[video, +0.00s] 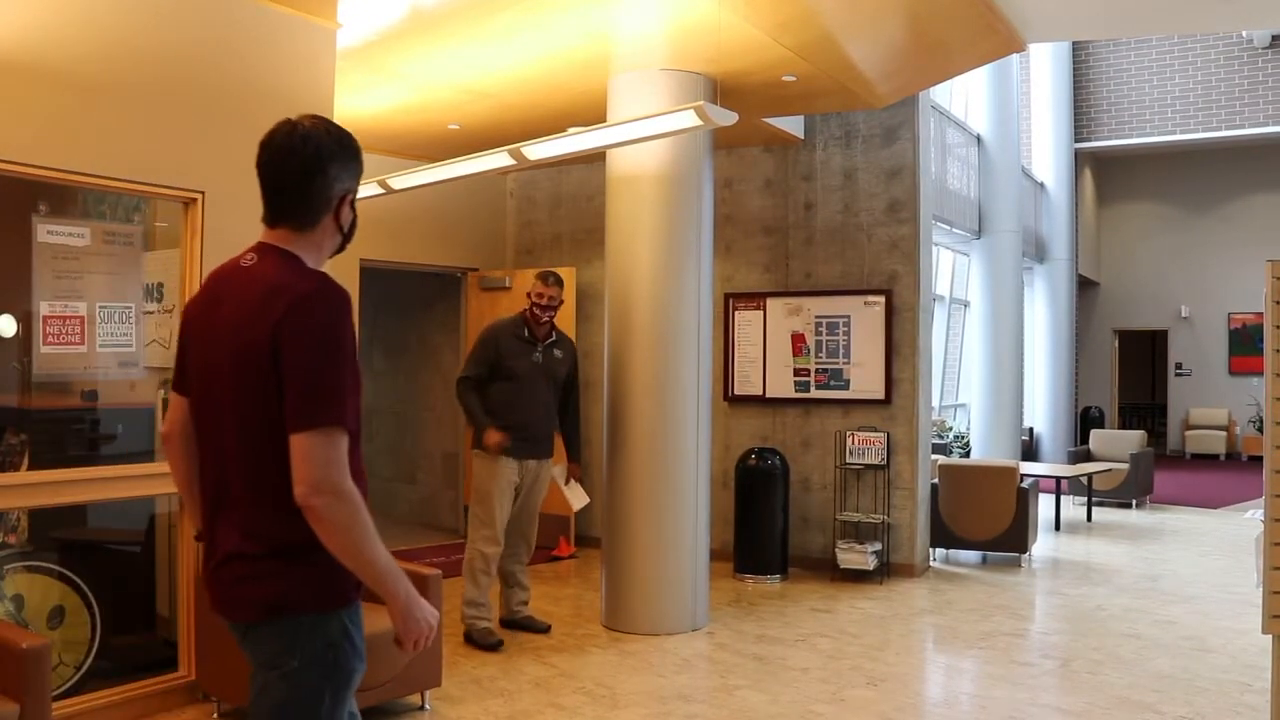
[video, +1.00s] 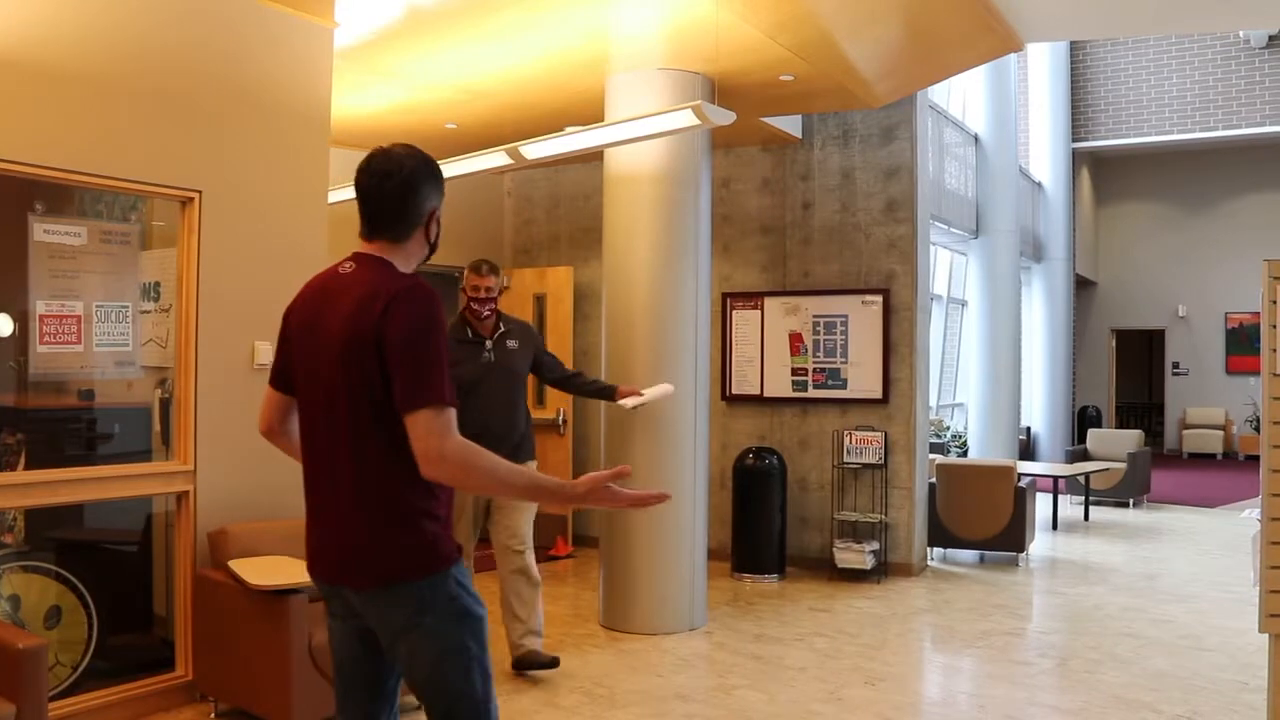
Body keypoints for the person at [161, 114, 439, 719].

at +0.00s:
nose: (355, 212)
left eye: (356, 195)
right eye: (356, 196)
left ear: (269, 192)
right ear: (344, 206)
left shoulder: (211, 294)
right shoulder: (315, 300)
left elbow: (177, 432)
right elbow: (320, 485)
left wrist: (209, 526)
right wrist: (403, 597)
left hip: (240, 578)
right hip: (303, 592)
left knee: (322, 702)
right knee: (302, 709)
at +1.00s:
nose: (440, 225)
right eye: (442, 212)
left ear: (363, 211)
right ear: (432, 221)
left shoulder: (311, 295)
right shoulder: (410, 297)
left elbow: (273, 421)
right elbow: (437, 452)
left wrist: (345, 460)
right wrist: (568, 492)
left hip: (336, 554)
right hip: (408, 559)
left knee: (363, 711)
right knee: (467, 709)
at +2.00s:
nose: (603, 226)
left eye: (601, 210)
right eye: (603, 213)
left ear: (523, 211)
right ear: (591, 219)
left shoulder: (456, 297)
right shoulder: (589, 302)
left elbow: (406, 429)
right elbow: (630, 466)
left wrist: (447, 465)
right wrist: (758, 502)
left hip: (486, 569)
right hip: (564, 578)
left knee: (546, 704)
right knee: (561, 711)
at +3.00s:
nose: (648, 220)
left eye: (649, 211)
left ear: (654, 220)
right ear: (722, 227)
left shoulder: (597, 306)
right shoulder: (756, 314)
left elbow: (549, 438)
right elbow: (792, 467)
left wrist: (515, 484)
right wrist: (810, 474)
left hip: (620, 560)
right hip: (725, 564)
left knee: (608, 713)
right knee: (754, 711)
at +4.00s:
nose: (755, 237)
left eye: (761, 222)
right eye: (757, 223)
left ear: (790, 227)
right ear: (834, 232)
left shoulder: (797, 311)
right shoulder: (875, 324)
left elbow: (796, 462)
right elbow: (889, 468)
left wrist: (681, 525)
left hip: (795, 587)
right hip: (847, 582)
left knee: (795, 714)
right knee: (784, 710)